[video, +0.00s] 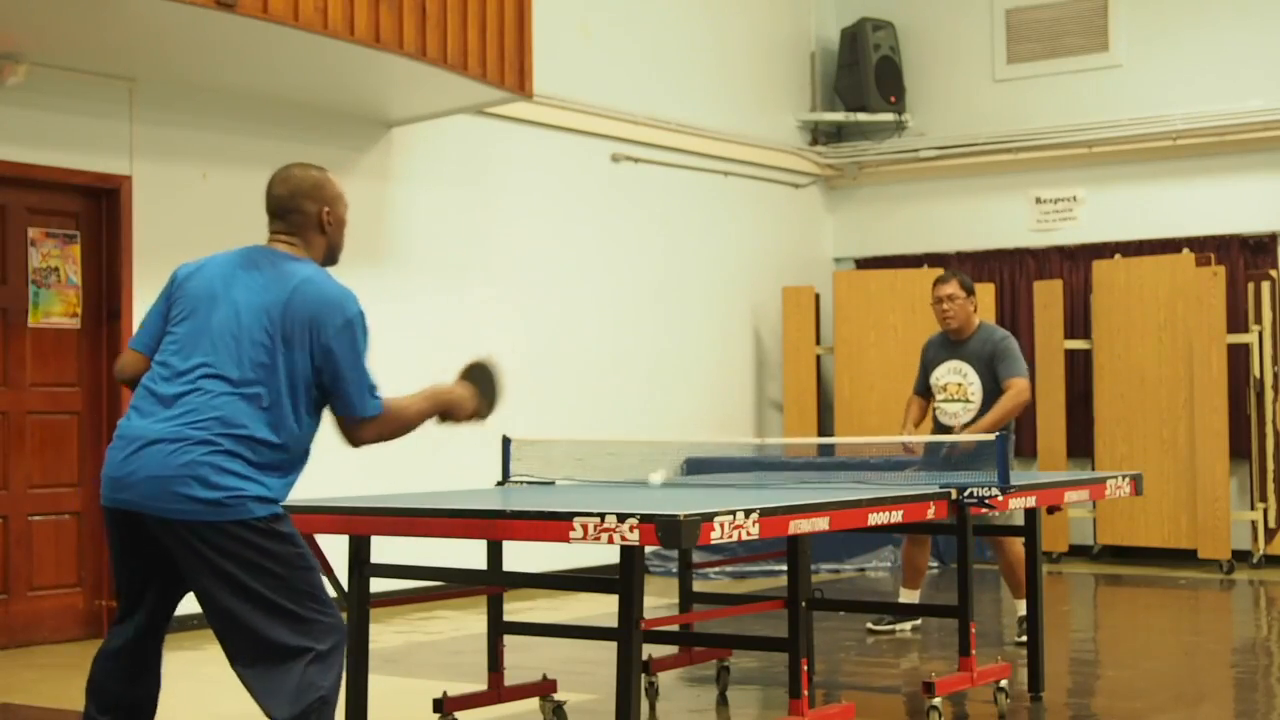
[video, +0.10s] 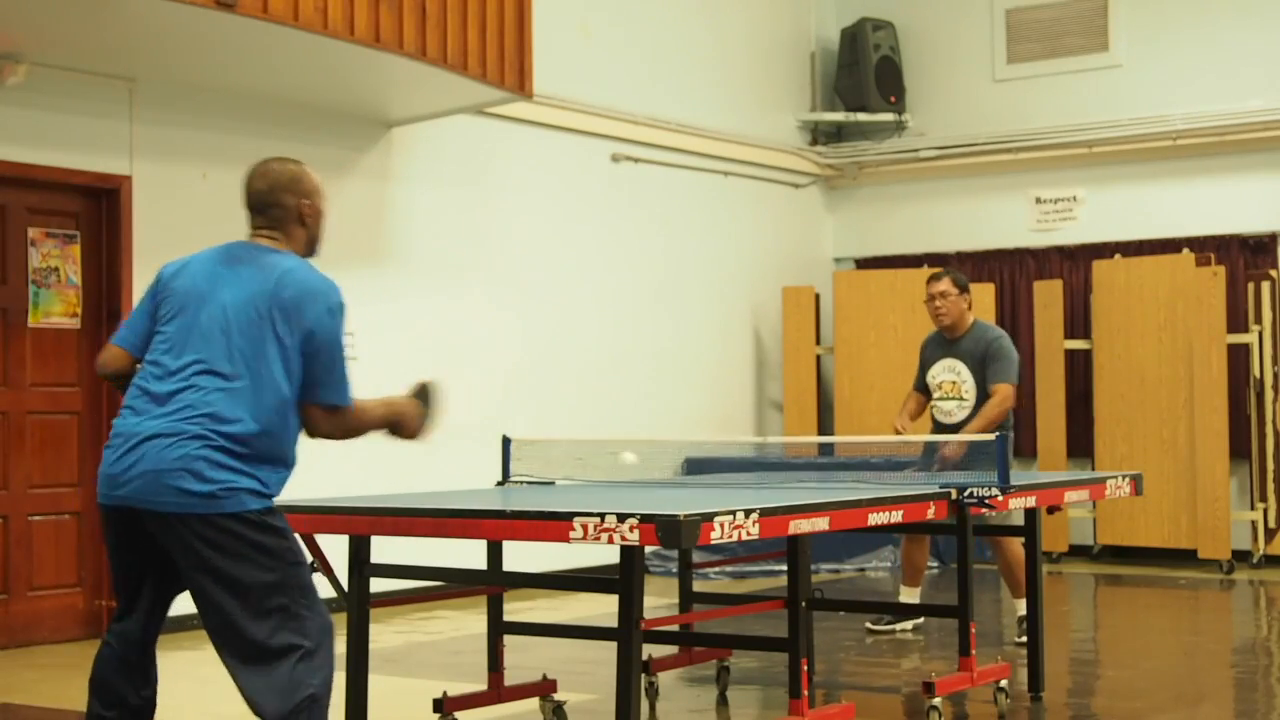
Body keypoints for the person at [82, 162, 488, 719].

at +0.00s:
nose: (345, 227)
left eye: (344, 216)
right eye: (343, 216)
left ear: (273, 218)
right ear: (324, 217)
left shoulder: (194, 273)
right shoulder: (328, 300)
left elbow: (130, 367)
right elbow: (362, 425)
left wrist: (204, 393)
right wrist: (439, 399)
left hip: (127, 484)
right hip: (221, 496)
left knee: (137, 625)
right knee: (316, 637)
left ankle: (105, 715)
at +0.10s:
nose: (323, 216)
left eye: (320, 205)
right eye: (320, 206)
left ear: (253, 213)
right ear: (305, 210)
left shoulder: (180, 272)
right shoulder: (312, 290)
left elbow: (112, 362)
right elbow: (325, 419)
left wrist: (184, 378)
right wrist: (392, 411)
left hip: (123, 484)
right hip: (213, 492)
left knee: (133, 623)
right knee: (298, 641)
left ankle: (113, 713)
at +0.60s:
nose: (216, 190)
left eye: (215, 180)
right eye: (214, 180)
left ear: (148, 190)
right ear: (198, 183)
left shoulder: (93, 258)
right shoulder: (211, 258)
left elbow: (49, 356)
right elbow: (212, 364)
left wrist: (111, 372)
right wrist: (281, 382)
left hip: (79, 467)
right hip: (164, 474)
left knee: (90, 631)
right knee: (168, 629)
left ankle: (89, 714)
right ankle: (150, 715)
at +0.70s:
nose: (224, 200)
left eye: (222, 189)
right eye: (221, 189)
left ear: (157, 197)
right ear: (205, 191)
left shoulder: (99, 265)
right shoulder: (207, 270)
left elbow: (61, 360)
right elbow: (204, 374)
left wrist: (128, 358)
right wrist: (281, 391)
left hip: (78, 474)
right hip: (161, 482)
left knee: (94, 631)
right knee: (156, 635)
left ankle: (88, 716)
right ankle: (136, 716)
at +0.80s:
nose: (233, 204)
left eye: (231, 193)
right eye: (231, 193)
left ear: (168, 197)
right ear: (213, 195)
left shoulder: (108, 261)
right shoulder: (209, 274)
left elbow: (64, 348)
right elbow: (199, 378)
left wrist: (132, 371)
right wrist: (279, 396)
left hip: (86, 466)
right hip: (158, 474)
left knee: (106, 602)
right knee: (170, 615)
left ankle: (71, 710)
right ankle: (146, 714)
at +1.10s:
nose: (263, 254)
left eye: (263, 244)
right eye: (262, 243)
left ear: (210, 235)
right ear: (250, 237)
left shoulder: (181, 283)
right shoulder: (221, 277)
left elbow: (122, 365)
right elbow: (206, 364)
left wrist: (184, 444)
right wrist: (264, 398)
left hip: (121, 458)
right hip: (145, 463)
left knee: (154, 583)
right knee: (169, 587)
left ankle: (177, 688)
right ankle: (152, 705)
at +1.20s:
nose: (278, 280)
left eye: (278, 271)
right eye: (277, 269)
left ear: (231, 258)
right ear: (262, 261)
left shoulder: (204, 299)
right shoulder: (229, 296)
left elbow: (170, 396)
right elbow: (195, 369)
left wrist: (212, 469)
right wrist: (252, 423)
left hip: (140, 469)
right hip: (143, 471)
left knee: (183, 578)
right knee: (169, 595)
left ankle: (195, 700)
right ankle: (141, 712)